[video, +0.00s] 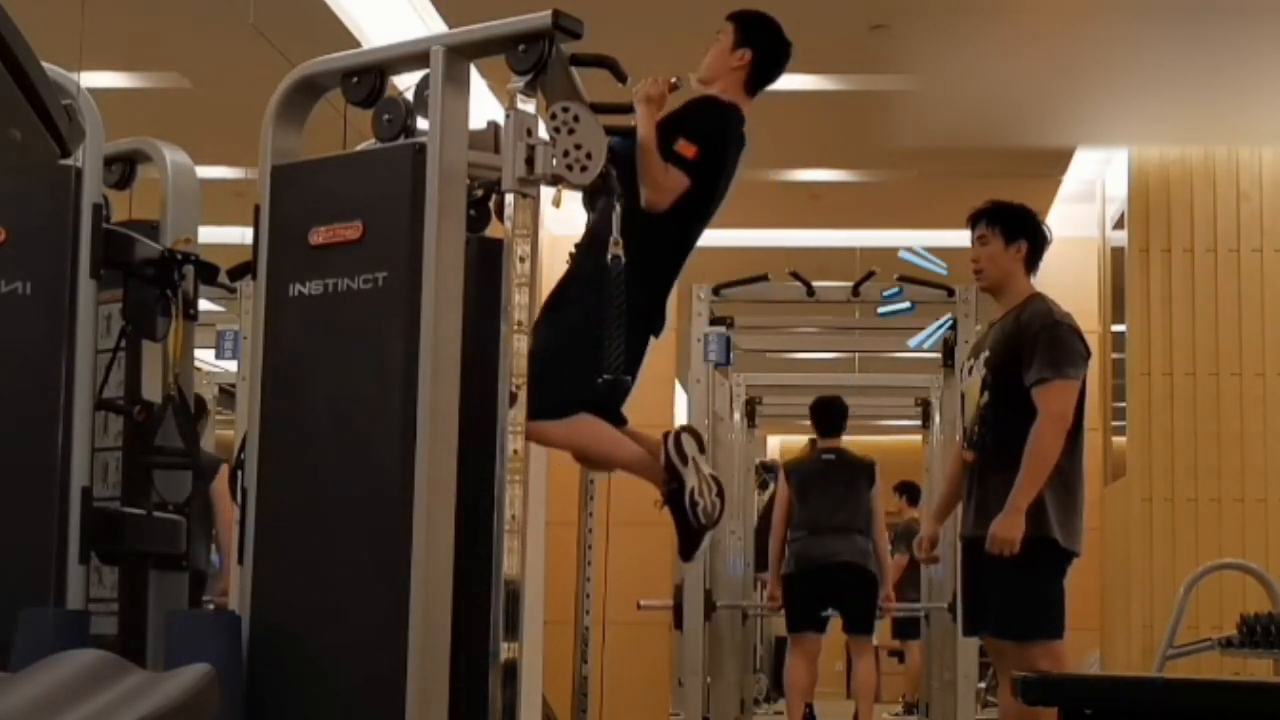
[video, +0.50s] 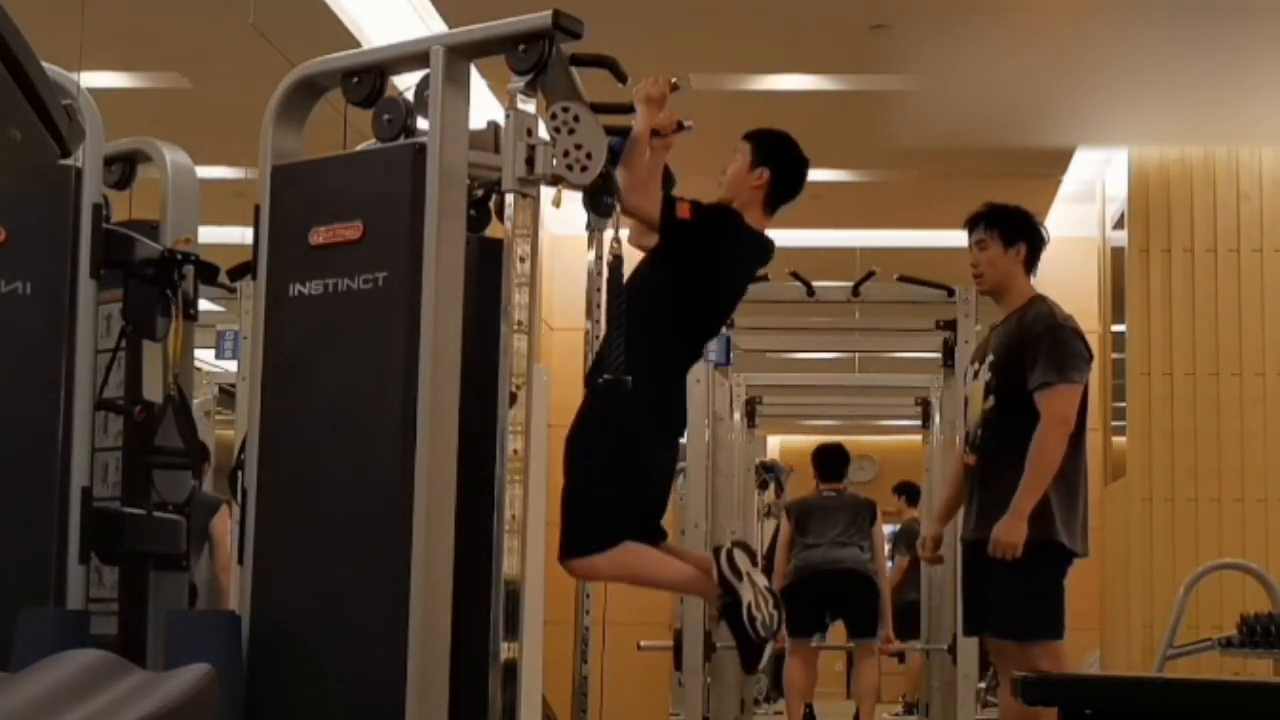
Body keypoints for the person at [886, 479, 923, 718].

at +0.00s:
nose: (893, 502)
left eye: (896, 497)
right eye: (894, 497)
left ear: (903, 499)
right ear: (914, 499)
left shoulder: (907, 526)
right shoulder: (917, 524)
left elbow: (900, 559)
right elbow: (904, 559)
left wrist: (888, 585)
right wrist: (893, 584)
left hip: (909, 593)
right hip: (916, 592)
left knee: (911, 648)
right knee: (913, 648)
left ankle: (911, 700)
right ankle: (913, 699)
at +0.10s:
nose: (893, 502)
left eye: (896, 498)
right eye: (894, 497)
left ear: (903, 499)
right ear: (915, 499)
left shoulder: (906, 527)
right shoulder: (919, 525)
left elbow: (900, 560)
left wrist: (887, 585)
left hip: (909, 594)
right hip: (917, 592)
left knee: (911, 648)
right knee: (914, 648)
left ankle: (911, 701)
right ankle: (914, 699)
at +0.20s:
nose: (893, 502)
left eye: (896, 498)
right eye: (895, 497)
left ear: (903, 499)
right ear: (915, 499)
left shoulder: (905, 528)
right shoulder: (919, 526)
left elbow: (900, 560)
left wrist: (887, 586)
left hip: (909, 595)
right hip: (918, 593)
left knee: (912, 647)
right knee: (914, 648)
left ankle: (911, 701)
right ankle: (914, 699)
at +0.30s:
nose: (893, 502)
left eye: (896, 498)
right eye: (895, 497)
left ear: (903, 499)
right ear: (915, 499)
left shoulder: (905, 528)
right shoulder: (919, 526)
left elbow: (901, 560)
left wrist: (886, 585)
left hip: (908, 594)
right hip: (919, 593)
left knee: (912, 645)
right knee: (916, 645)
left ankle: (911, 700)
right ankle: (915, 698)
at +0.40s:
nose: (894, 503)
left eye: (895, 498)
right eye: (895, 498)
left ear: (903, 499)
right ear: (915, 499)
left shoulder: (905, 528)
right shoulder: (920, 526)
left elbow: (901, 560)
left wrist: (887, 585)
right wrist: (893, 582)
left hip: (909, 595)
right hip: (919, 593)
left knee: (912, 646)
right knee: (917, 646)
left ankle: (911, 701)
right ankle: (915, 699)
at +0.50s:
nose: (894, 503)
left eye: (895, 499)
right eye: (895, 499)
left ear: (902, 499)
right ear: (914, 500)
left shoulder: (907, 528)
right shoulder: (919, 526)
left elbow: (902, 563)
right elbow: (908, 563)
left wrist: (887, 586)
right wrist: (891, 583)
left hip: (910, 595)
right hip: (918, 593)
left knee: (912, 648)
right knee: (915, 649)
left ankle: (911, 701)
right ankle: (914, 699)